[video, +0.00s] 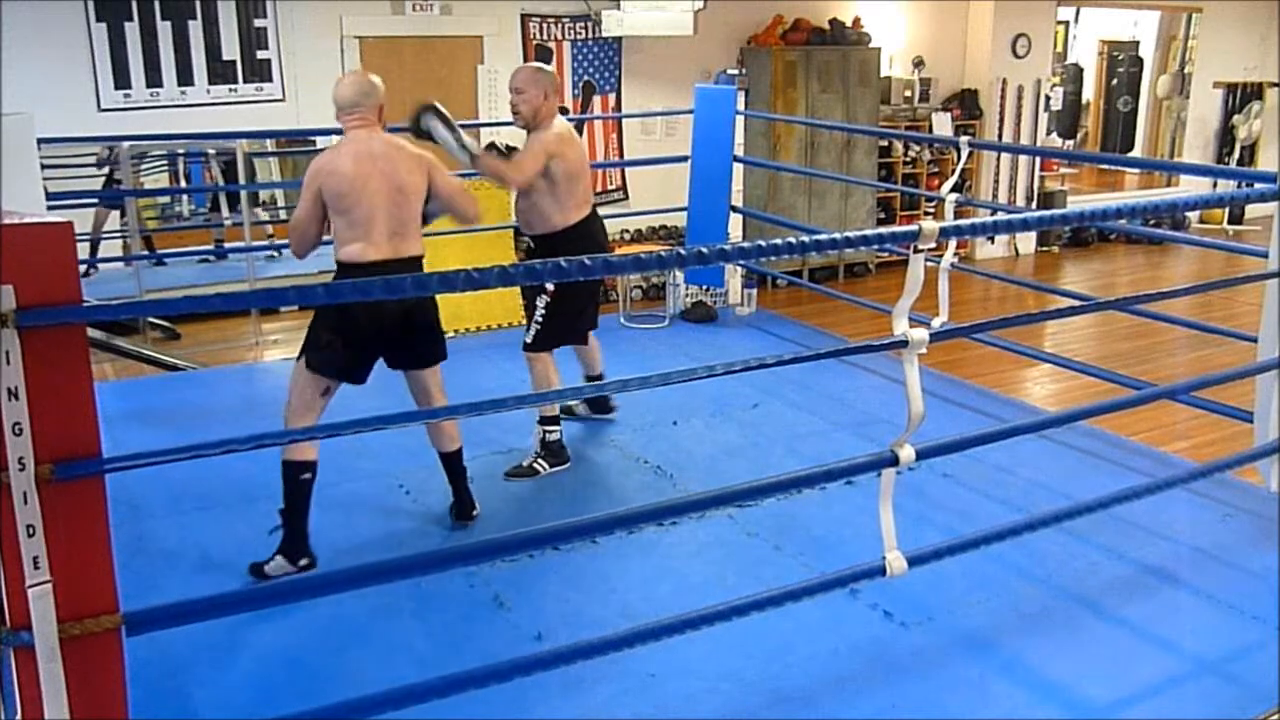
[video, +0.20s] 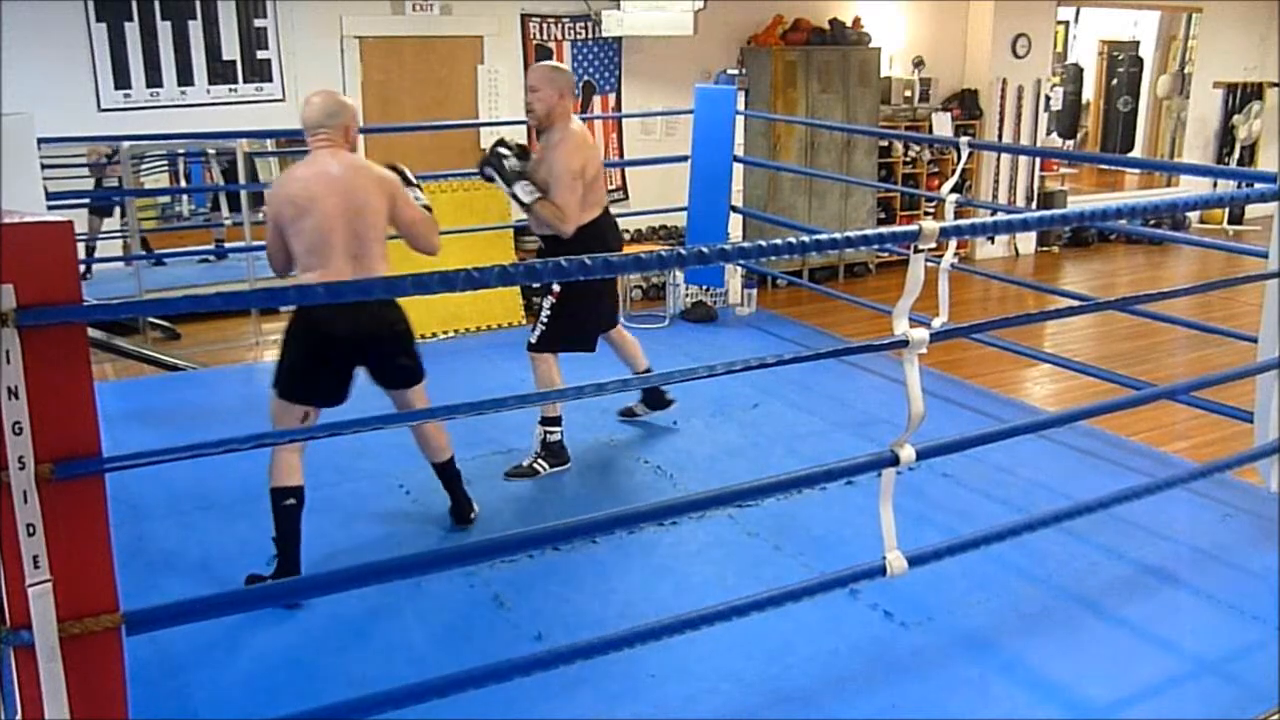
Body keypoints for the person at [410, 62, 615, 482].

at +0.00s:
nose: (511, 102)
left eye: (519, 93)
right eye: (510, 94)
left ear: (549, 98)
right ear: (544, 100)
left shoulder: (545, 139)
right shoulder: (558, 131)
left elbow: (518, 178)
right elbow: (537, 176)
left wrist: (472, 153)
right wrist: (501, 159)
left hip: (561, 253)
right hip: (582, 242)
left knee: (536, 350)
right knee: (579, 329)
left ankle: (552, 446)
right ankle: (598, 397)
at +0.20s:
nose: (527, 100)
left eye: (534, 92)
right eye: (526, 92)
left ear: (561, 98)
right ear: (556, 98)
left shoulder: (566, 147)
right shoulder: (561, 134)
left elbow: (564, 222)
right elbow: (549, 180)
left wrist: (519, 187)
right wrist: (520, 168)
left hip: (581, 250)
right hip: (597, 239)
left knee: (541, 348)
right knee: (609, 324)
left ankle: (552, 447)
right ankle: (653, 392)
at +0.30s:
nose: (545, 101)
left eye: (554, 94)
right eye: (545, 93)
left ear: (580, 101)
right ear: (573, 102)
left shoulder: (584, 147)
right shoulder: (577, 137)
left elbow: (578, 221)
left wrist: (538, 175)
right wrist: (537, 160)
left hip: (591, 258)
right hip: (607, 249)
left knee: (547, 349)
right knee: (620, 328)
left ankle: (552, 447)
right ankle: (673, 395)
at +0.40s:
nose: (570, 104)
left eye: (579, 97)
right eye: (571, 97)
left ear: (606, 104)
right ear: (599, 106)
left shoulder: (610, 151)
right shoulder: (596, 143)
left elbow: (582, 213)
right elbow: (570, 197)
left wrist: (559, 162)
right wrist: (559, 146)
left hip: (608, 256)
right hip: (618, 250)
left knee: (564, 351)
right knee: (632, 336)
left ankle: (554, 447)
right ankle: (682, 402)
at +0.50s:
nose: (592, 108)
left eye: (602, 101)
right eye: (592, 100)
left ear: (626, 106)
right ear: (596, 103)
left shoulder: (636, 158)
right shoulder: (610, 148)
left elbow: (599, 212)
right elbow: (584, 204)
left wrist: (594, 159)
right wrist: (574, 163)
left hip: (633, 261)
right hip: (619, 255)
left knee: (591, 350)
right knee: (644, 338)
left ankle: (561, 441)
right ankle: (686, 405)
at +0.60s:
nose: (607, 101)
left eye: (616, 94)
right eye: (606, 93)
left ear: (641, 100)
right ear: (608, 98)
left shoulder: (650, 149)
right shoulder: (619, 143)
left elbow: (634, 211)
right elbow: (606, 209)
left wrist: (605, 172)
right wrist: (589, 166)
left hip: (650, 253)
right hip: (630, 249)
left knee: (608, 343)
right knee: (650, 335)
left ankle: (579, 436)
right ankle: (687, 406)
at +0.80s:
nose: (623, 89)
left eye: (631, 82)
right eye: (622, 82)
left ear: (655, 88)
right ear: (625, 86)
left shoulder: (668, 134)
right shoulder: (629, 129)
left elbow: (657, 190)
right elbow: (606, 181)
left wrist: (627, 145)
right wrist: (601, 136)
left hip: (665, 236)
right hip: (642, 235)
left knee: (631, 336)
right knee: (666, 330)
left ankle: (640, 431)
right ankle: (690, 405)